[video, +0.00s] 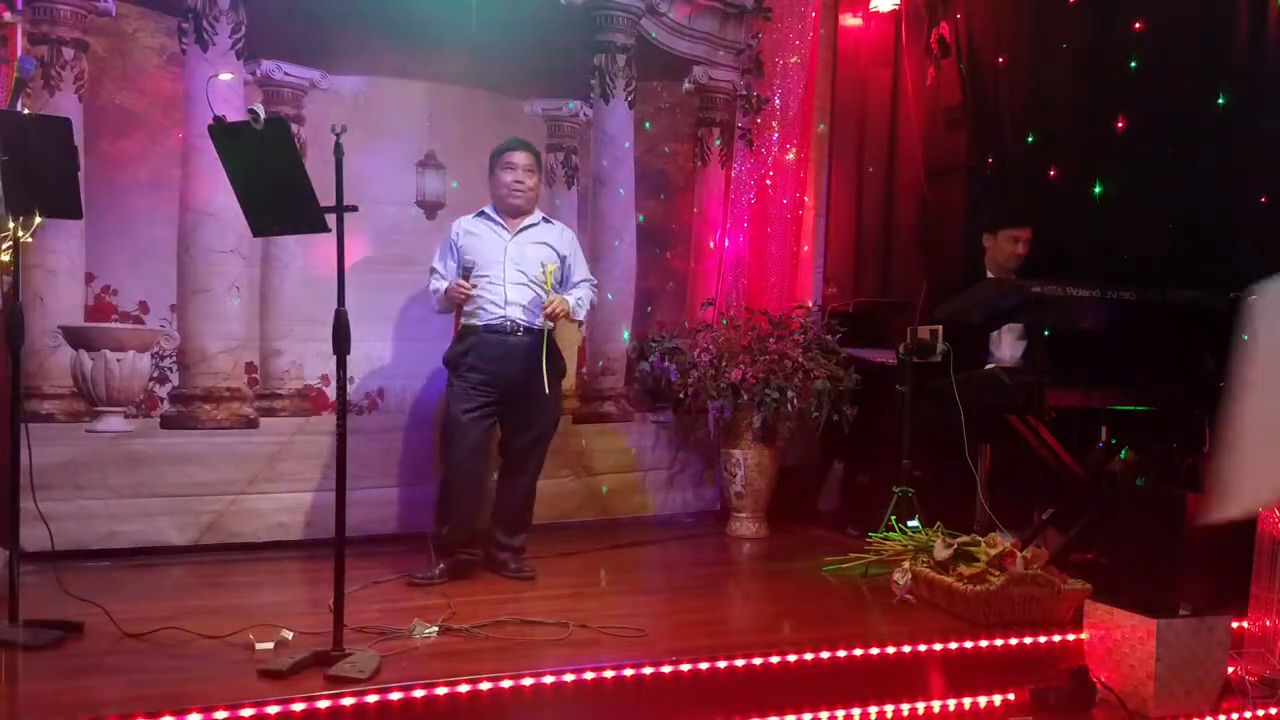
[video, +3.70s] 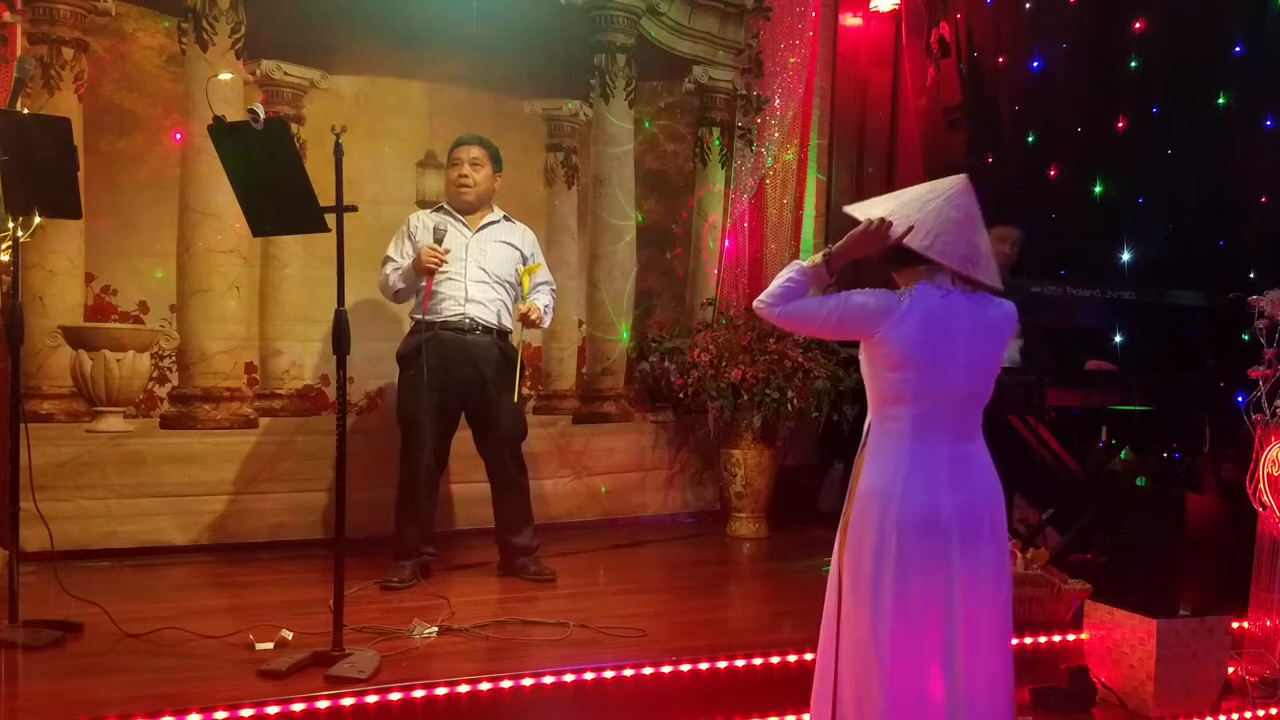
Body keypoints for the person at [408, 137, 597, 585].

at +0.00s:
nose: (519, 178)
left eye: (529, 171)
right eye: (509, 169)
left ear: (540, 182)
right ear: (491, 179)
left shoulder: (559, 236)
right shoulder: (465, 229)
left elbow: (584, 286)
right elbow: (438, 289)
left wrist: (570, 303)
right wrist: (449, 293)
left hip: (535, 354)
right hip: (477, 351)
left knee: (523, 460)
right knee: (463, 452)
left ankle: (507, 550)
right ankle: (457, 553)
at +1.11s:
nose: (457, 176)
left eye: (468, 169)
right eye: (447, 168)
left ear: (484, 183)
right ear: (433, 178)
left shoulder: (497, 242)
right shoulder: (403, 224)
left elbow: (516, 305)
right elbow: (372, 280)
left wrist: (540, 325)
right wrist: (400, 285)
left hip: (476, 352)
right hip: (417, 350)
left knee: (490, 454)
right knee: (413, 455)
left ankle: (500, 550)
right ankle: (411, 556)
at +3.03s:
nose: (465, 177)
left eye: (477, 170)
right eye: (455, 168)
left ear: (493, 181)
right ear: (443, 178)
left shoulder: (518, 238)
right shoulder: (417, 228)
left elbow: (539, 290)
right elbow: (387, 292)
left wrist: (535, 307)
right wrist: (406, 286)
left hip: (487, 355)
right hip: (426, 351)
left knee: (506, 452)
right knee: (416, 455)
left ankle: (520, 554)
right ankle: (410, 557)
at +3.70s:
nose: (463, 172)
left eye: (475, 165)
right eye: (455, 165)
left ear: (497, 178)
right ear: (445, 176)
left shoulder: (521, 235)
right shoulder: (422, 223)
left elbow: (543, 288)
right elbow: (391, 288)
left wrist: (537, 307)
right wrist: (415, 269)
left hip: (493, 351)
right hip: (432, 349)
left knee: (507, 456)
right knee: (420, 456)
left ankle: (519, 554)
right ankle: (412, 557)